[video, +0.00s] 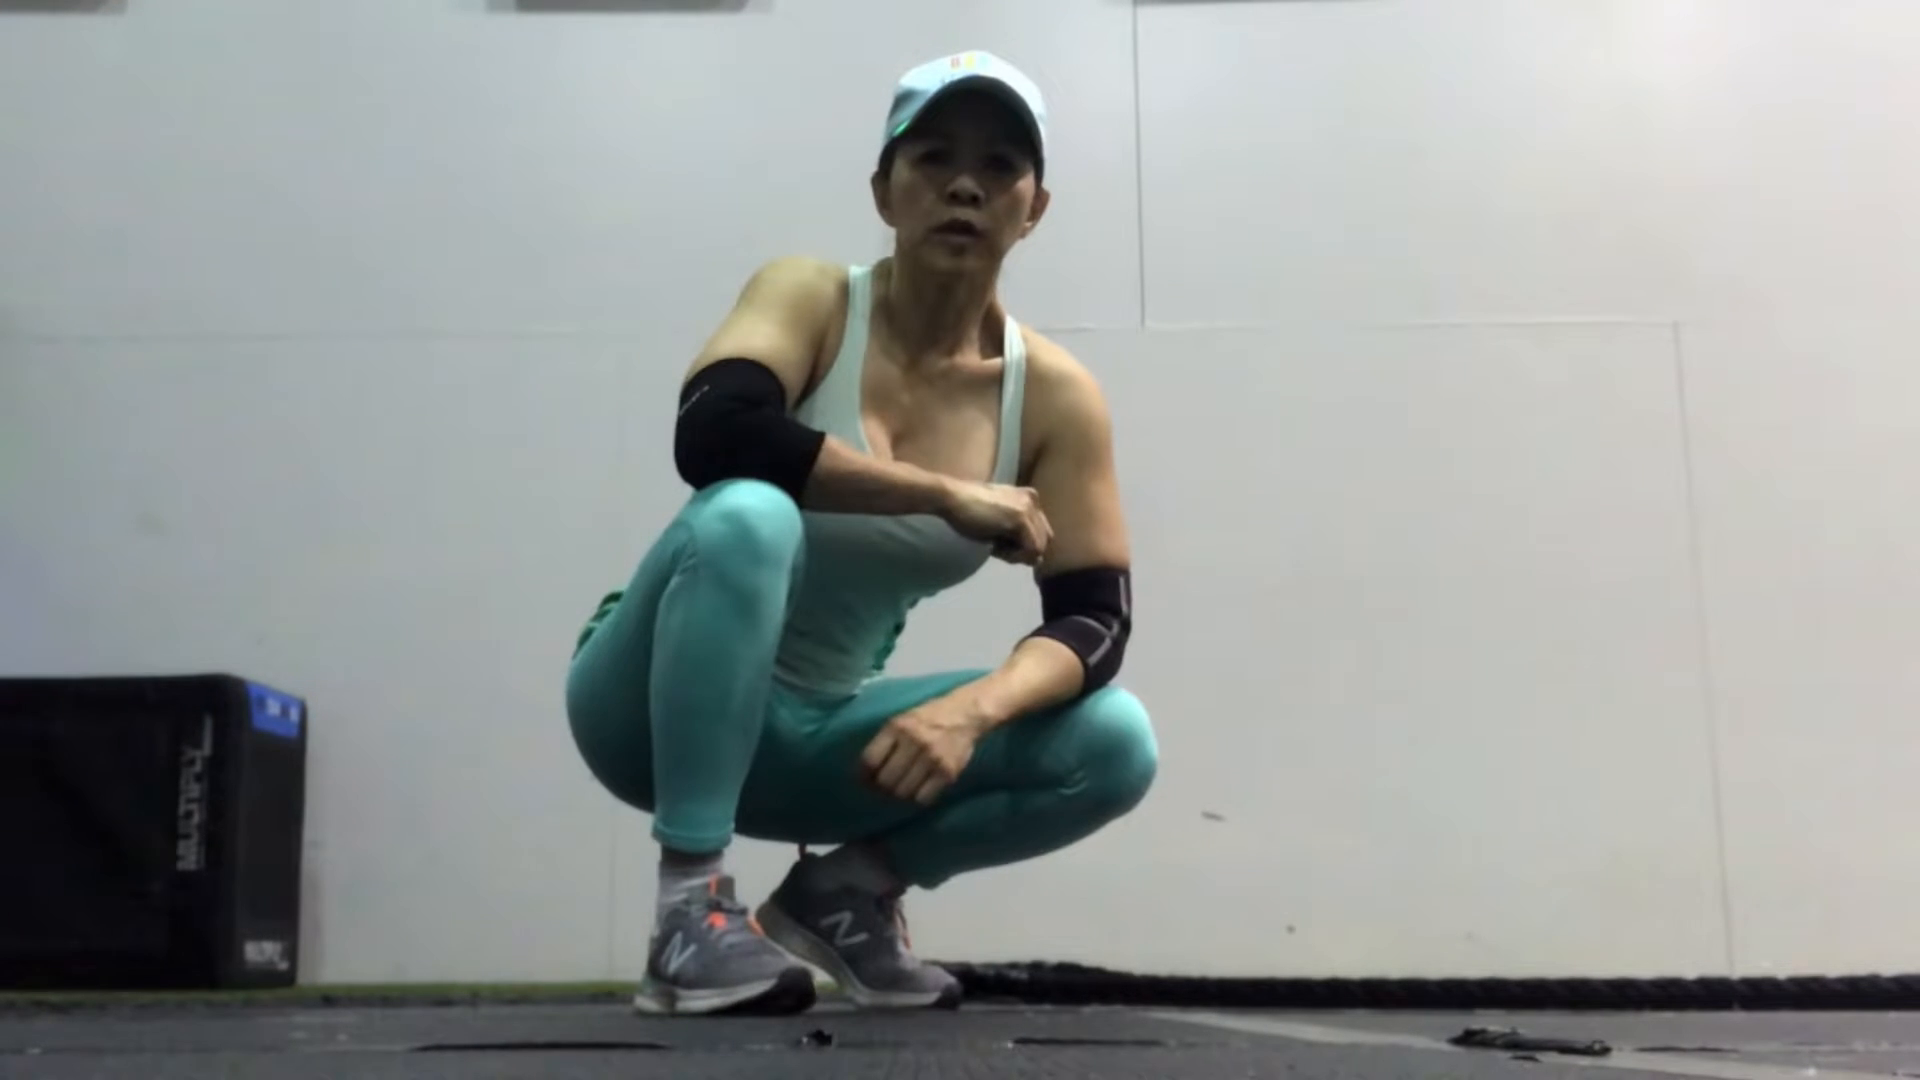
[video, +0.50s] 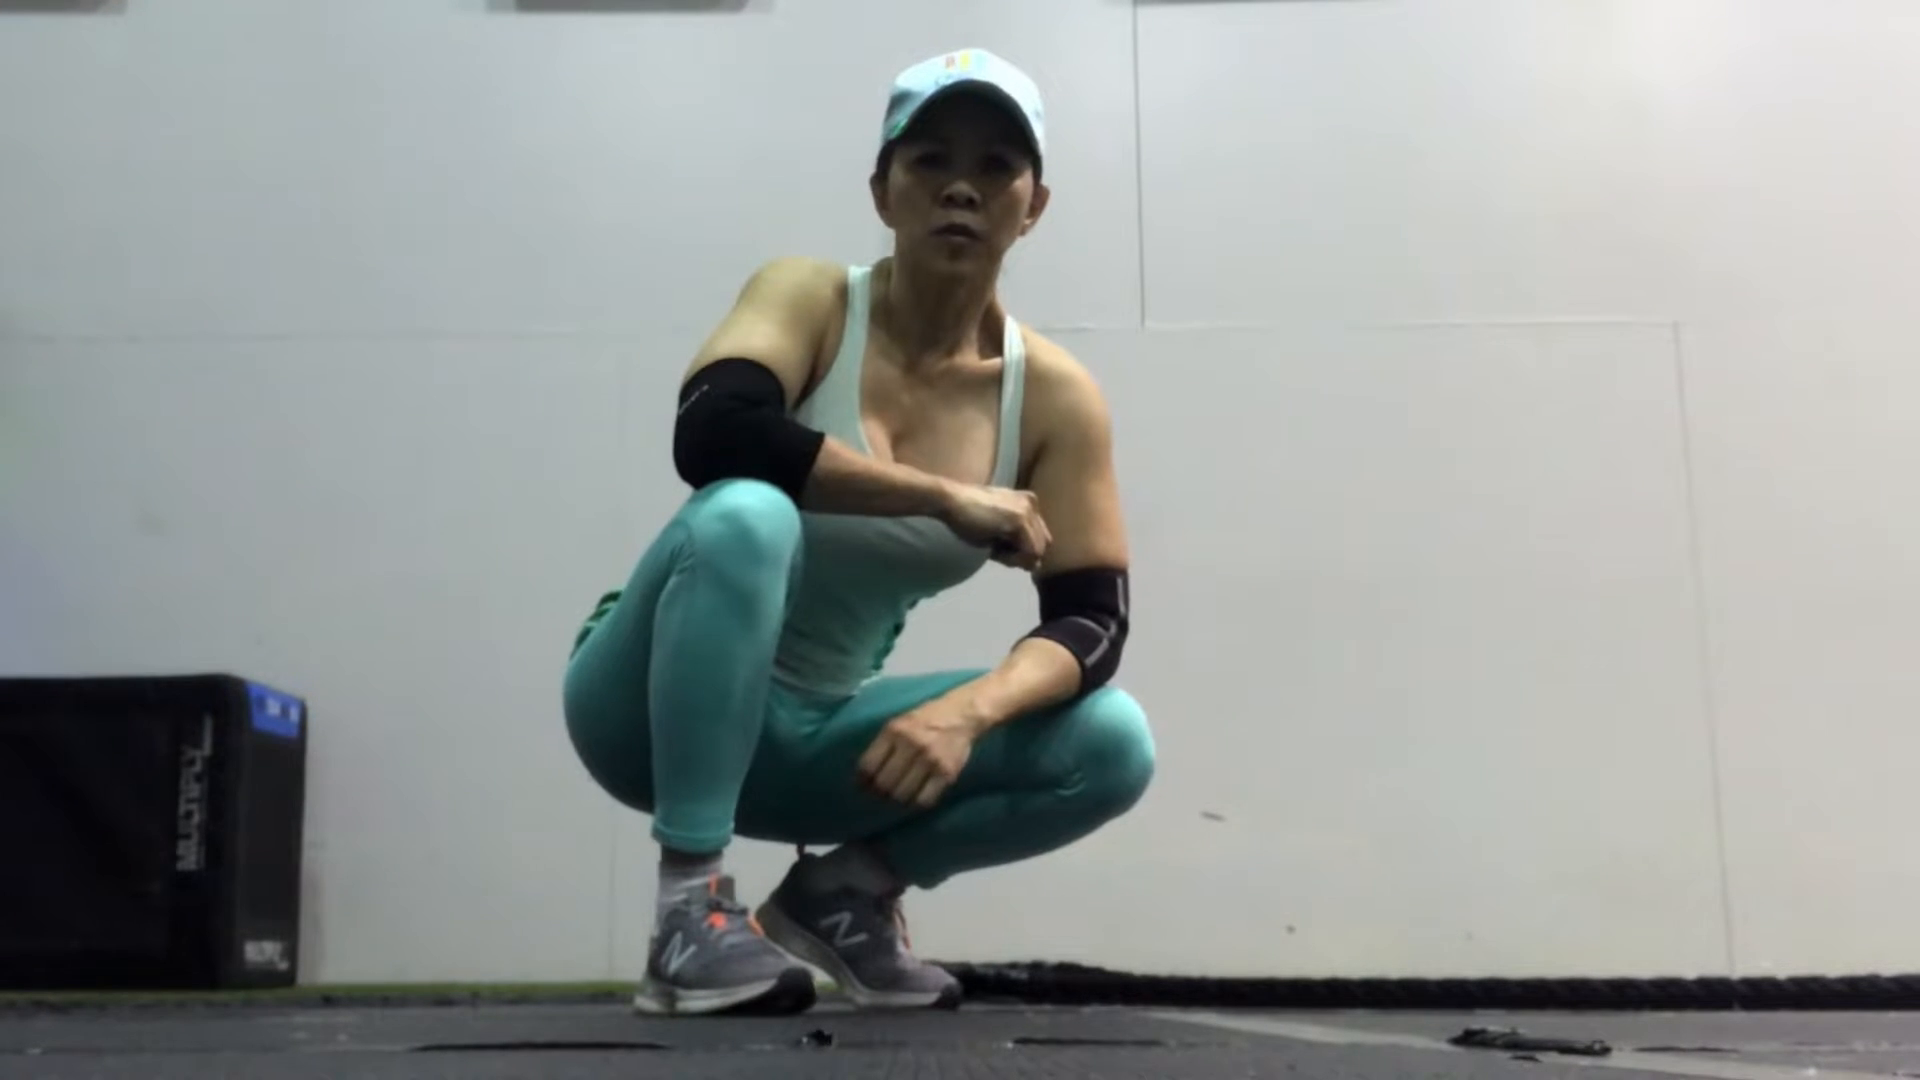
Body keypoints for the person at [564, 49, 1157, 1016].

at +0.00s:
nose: (964, 185)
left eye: (997, 164)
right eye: (935, 156)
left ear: (1035, 204)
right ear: (884, 189)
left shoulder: (1055, 397)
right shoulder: (805, 296)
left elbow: (1093, 620)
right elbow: (715, 435)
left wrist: (972, 709)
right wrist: (945, 495)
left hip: (822, 738)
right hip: (660, 704)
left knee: (1112, 744)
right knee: (749, 517)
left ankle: (840, 890)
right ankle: (692, 910)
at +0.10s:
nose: (964, 184)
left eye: (997, 164)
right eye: (936, 156)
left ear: (1034, 204)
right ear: (884, 187)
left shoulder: (1055, 397)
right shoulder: (804, 296)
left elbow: (1092, 621)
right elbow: (715, 435)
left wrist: (970, 710)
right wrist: (945, 495)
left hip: (821, 738)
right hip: (660, 703)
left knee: (1111, 745)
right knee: (749, 517)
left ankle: (840, 890)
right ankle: (692, 910)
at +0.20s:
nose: (961, 185)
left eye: (994, 164)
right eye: (933, 157)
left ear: (1033, 203)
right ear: (883, 189)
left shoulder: (1055, 398)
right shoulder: (805, 296)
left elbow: (1091, 621)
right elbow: (715, 435)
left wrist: (968, 710)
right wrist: (944, 495)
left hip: (822, 738)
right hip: (661, 704)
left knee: (1110, 745)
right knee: (748, 518)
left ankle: (840, 890)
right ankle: (692, 912)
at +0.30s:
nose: (959, 188)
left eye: (992, 165)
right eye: (931, 159)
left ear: (1033, 202)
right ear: (883, 189)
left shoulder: (1055, 398)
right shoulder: (805, 296)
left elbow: (1091, 622)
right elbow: (715, 435)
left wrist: (966, 710)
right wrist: (944, 496)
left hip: (822, 739)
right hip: (660, 705)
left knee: (1110, 745)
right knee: (748, 517)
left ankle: (840, 891)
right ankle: (691, 911)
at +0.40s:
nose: (960, 187)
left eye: (993, 165)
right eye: (931, 159)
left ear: (1034, 201)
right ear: (883, 188)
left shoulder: (1055, 398)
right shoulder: (804, 297)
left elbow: (1091, 622)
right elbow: (715, 435)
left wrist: (968, 709)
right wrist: (944, 498)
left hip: (821, 740)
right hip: (659, 705)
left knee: (1110, 745)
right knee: (747, 517)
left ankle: (840, 890)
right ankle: (691, 911)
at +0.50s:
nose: (960, 187)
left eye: (992, 165)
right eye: (931, 159)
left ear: (1033, 202)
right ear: (883, 189)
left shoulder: (1054, 398)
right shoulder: (804, 297)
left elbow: (1090, 621)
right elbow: (714, 434)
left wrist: (968, 710)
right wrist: (943, 498)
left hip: (821, 740)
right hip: (658, 705)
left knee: (1110, 745)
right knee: (747, 517)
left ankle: (840, 891)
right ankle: (691, 910)